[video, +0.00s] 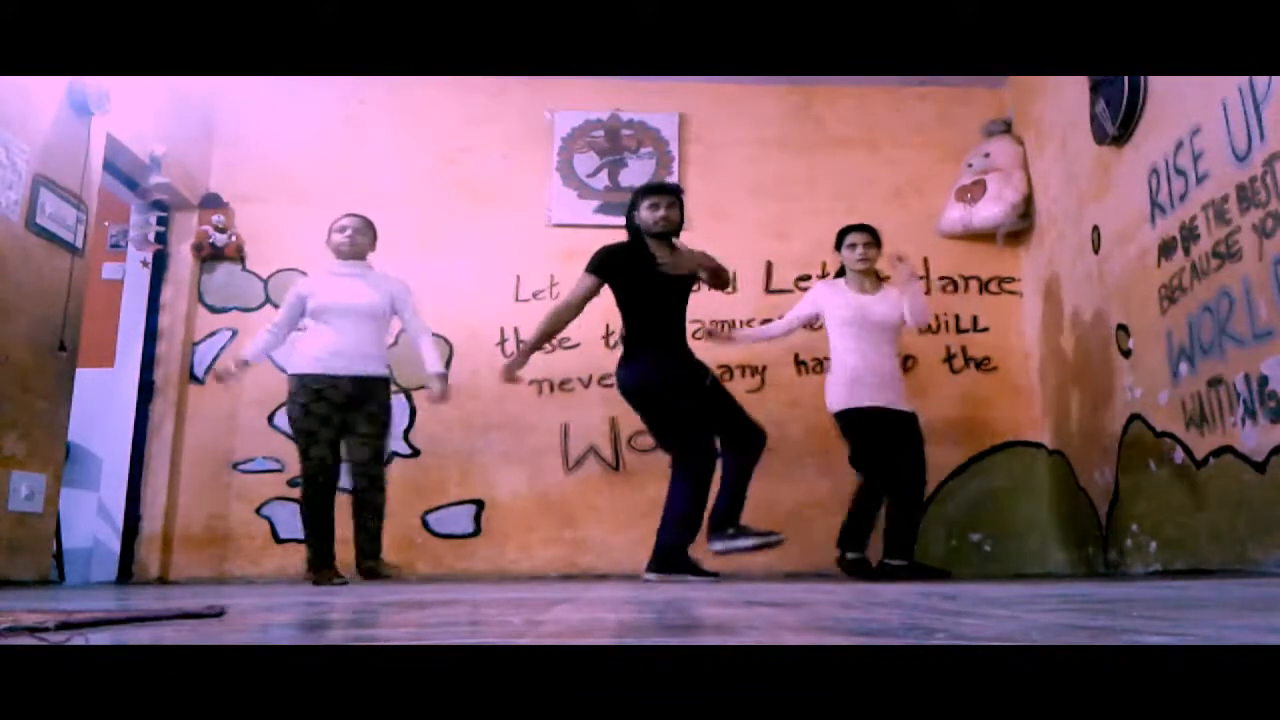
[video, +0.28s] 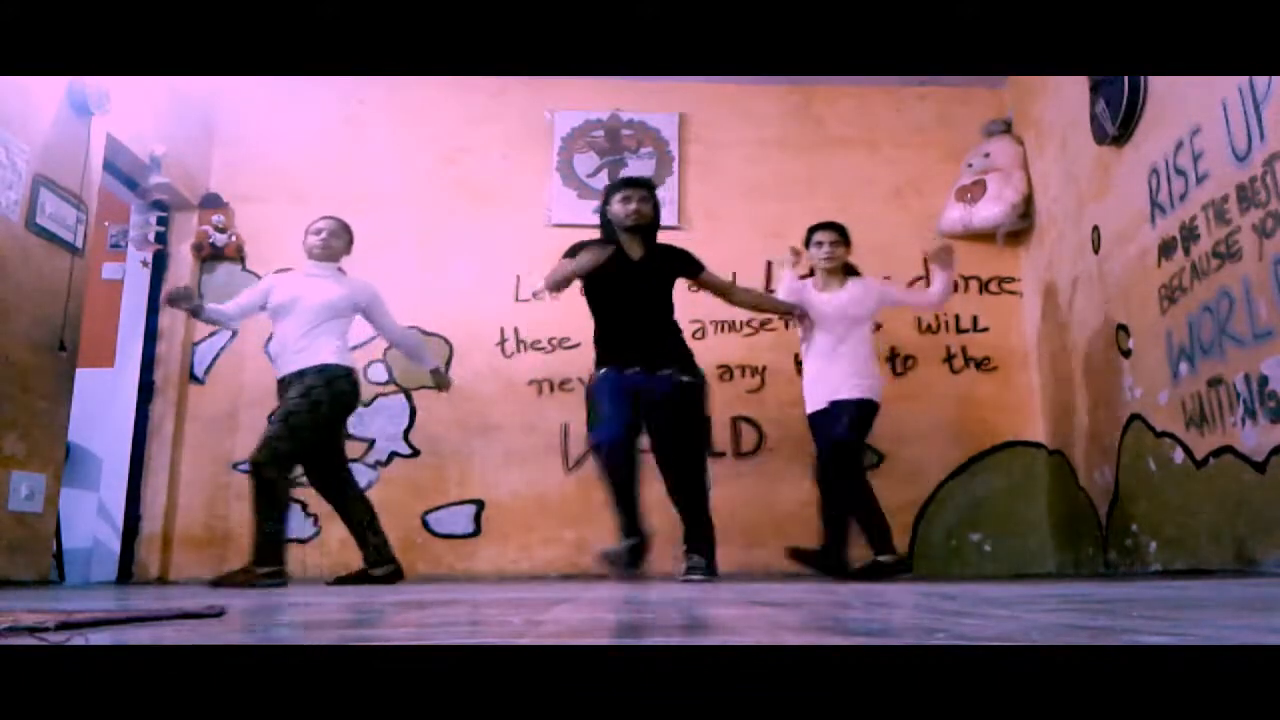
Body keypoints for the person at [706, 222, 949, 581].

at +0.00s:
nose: (861, 252)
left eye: (868, 246)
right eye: (852, 247)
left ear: (878, 252)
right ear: (840, 254)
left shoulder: (894, 293)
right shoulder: (826, 292)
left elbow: (920, 321)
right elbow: (781, 326)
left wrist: (908, 277)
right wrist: (732, 334)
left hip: (892, 398)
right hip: (850, 397)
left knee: (911, 476)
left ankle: (898, 557)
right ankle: (851, 551)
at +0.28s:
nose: (826, 250)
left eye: (834, 244)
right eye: (819, 245)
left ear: (847, 252)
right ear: (810, 253)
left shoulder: (866, 289)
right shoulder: (803, 291)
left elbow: (932, 299)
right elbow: (784, 301)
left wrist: (944, 269)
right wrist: (787, 270)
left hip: (859, 390)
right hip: (820, 395)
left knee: (833, 468)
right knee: (844, 473)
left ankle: (832, 554)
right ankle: (886, 552)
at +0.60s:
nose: (836, 230)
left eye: (845, 223)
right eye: (827, 224)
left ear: (861, 229)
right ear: (814, 233)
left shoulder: (877, 272)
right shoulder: (801, 280)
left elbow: (855, 308)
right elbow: (782, 326)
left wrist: (865, 254)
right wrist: (745, 300)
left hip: (868, 403)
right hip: (813, 402)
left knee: (877, 505)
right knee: (830, 500)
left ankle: (866, 597)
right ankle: (815, 592)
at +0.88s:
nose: (803, 232)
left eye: (812, 225)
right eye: (793, 226)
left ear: (827, 232)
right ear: (782, 234)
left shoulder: (849, 280)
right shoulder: (769, 279)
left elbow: (912, 313)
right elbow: (725, 305)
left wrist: (949, 293)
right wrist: (723, 282)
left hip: (829, 402)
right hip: (786, 405)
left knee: (791, 491)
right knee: (812, 498)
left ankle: (794, 597)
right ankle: (866, 593)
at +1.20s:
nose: (777, 237)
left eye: (786, 230)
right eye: (769, 231)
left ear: (803, 237)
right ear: (757, 240)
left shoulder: (820, 287)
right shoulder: (743, 287)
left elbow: (819, 322)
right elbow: (722, 335)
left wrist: (820, 272)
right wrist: (676, 314)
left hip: (808, 413)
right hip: (750, 412)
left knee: (824, 507)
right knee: (768, 506)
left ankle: (819, 596)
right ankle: (773, 597)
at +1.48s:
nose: (723, 254)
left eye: (732, 248)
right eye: (716, 249)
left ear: (747, 254)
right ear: (709, 258)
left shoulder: (768, 294)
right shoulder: (701, 298)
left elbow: (819, 316)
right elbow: (656, 329)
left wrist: (849, 308)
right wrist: (645, 304)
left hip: (749, 403)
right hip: (711, 405)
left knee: (715, 478)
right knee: (708, 480)